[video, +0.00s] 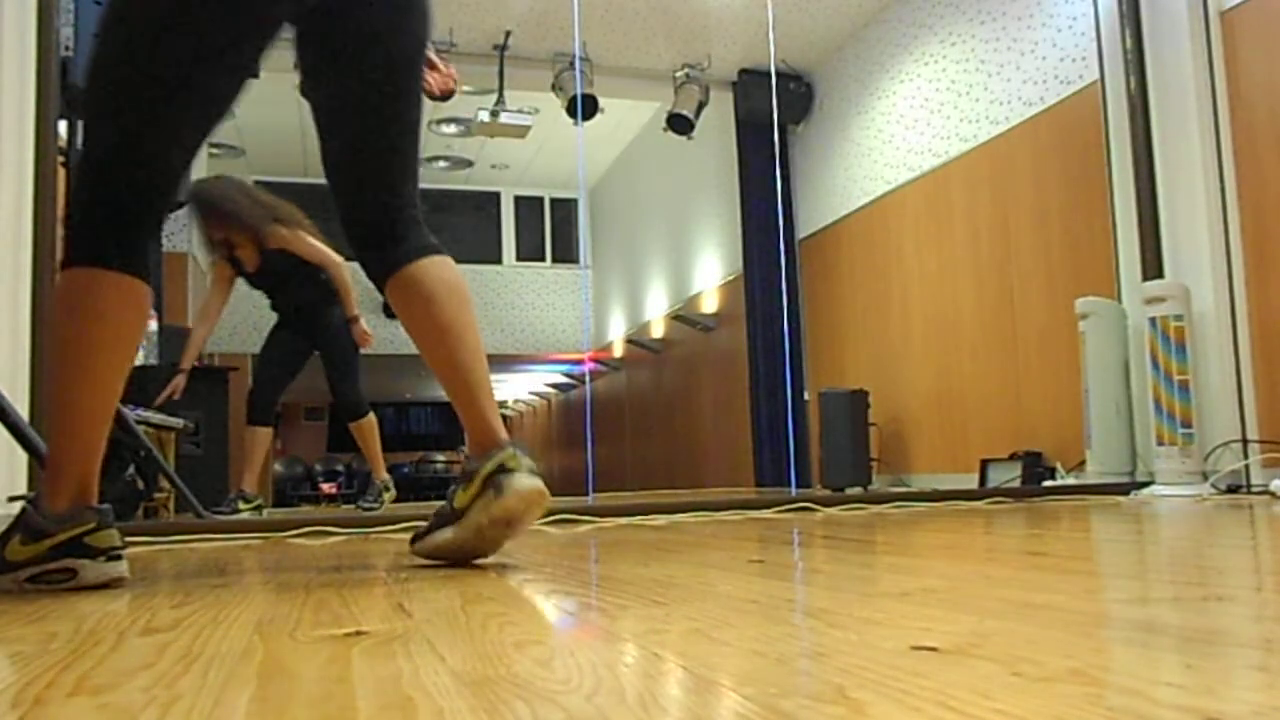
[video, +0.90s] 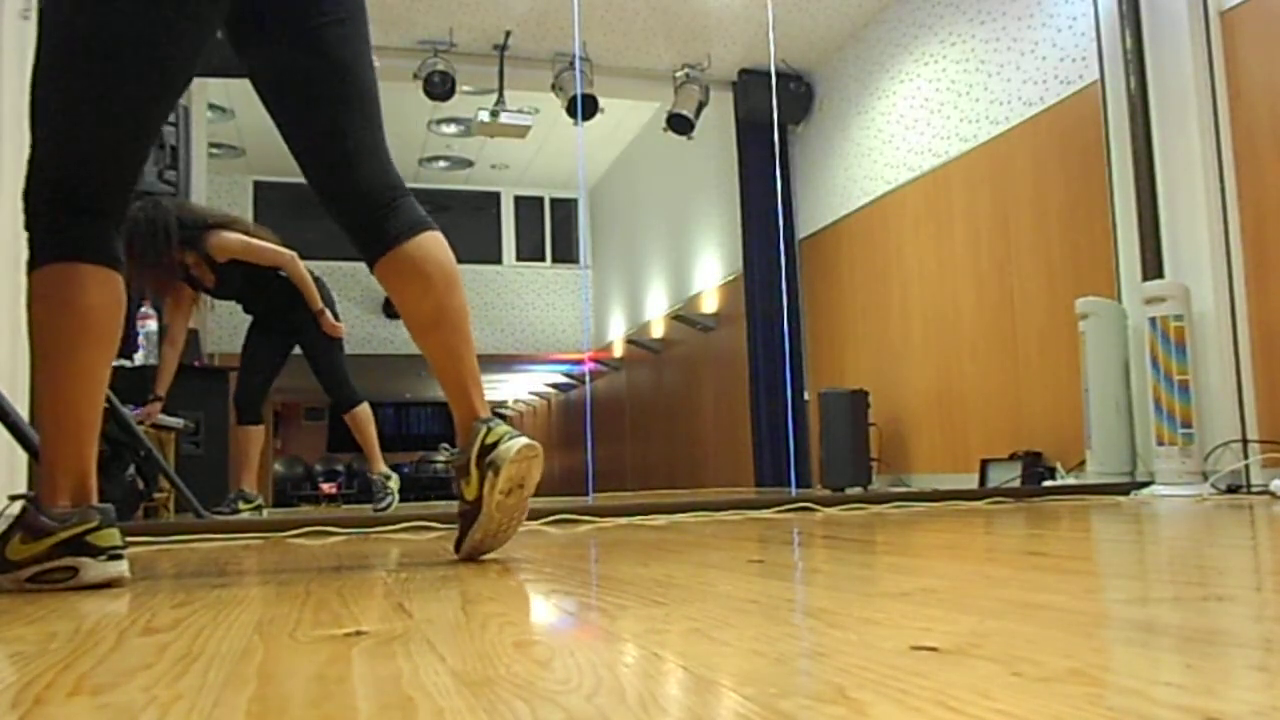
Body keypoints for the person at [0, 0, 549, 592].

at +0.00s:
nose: (220, 237)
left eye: (223, 228)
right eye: (212, 231)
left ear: (234, 216)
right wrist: (423, 53)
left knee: (113, 206)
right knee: (392, 224)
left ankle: (66, 507)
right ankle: (495, 455)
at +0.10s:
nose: (184, 239)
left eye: (186, 228)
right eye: (179, 233)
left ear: (201, 215)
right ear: (187, 225)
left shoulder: (249, 228)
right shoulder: (195, 249)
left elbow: (318, 258)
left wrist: (346, 311)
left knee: (92, 206)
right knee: (383, 206)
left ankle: (65, 508)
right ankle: (493, 445)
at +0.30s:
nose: (136, 262)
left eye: (141, 250)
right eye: (132, 251)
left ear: (161, 235)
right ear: (164, 236)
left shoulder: (225, 238)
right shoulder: (182, 265)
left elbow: (298, 256)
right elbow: (175, 329)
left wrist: (324, 309)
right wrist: (159, 394)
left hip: (301, 297)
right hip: (273, 306)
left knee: (71, 201)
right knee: (380, 187)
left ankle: (64, 509)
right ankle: (483, 440)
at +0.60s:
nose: (151, 285)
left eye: (151, 271)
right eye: (144, 277)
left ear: (164, 244)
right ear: (160, 250)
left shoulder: (214, 242)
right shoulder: (183, 266)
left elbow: (285, 258)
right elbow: (174, 331)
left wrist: (315, 311)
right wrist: (159, 398)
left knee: (61, 206)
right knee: (366, 193)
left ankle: (65, 507)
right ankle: (474, 435)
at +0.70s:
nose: (148, 286)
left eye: (147, 273)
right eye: (141, 278)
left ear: (159, 245)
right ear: (157, 250)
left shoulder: (212, 241)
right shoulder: (185, 265)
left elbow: (284, 258)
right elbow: (174, 330)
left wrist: (316, 311)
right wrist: (158, 398)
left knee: (62, 211)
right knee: (369, 197)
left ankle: (66, 507)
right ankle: (476, 435)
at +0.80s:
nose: (154, 283)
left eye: (152, 269)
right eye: (147, 275)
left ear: (162, 243)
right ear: (160, 249)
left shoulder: (213, 242)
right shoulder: (184, 263)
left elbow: (285, 257)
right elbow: (175, 328)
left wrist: (317, 311)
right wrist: (158, 396)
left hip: (130, 12)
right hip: (296, 9)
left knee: (65, 209)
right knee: (373, 199)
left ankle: (65, 507)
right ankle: (479, 436)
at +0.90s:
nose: (150, 282)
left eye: (149, 267)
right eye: (144, 272)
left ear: (159, 241)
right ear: (159, 247)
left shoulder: (214, 242)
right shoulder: (186, 265)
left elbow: (287, 257)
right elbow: (176, 327)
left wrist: (320, 311)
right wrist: (158, 396)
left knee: (70, 206)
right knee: (378, 199)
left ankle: (65, 506)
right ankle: (482, 436)